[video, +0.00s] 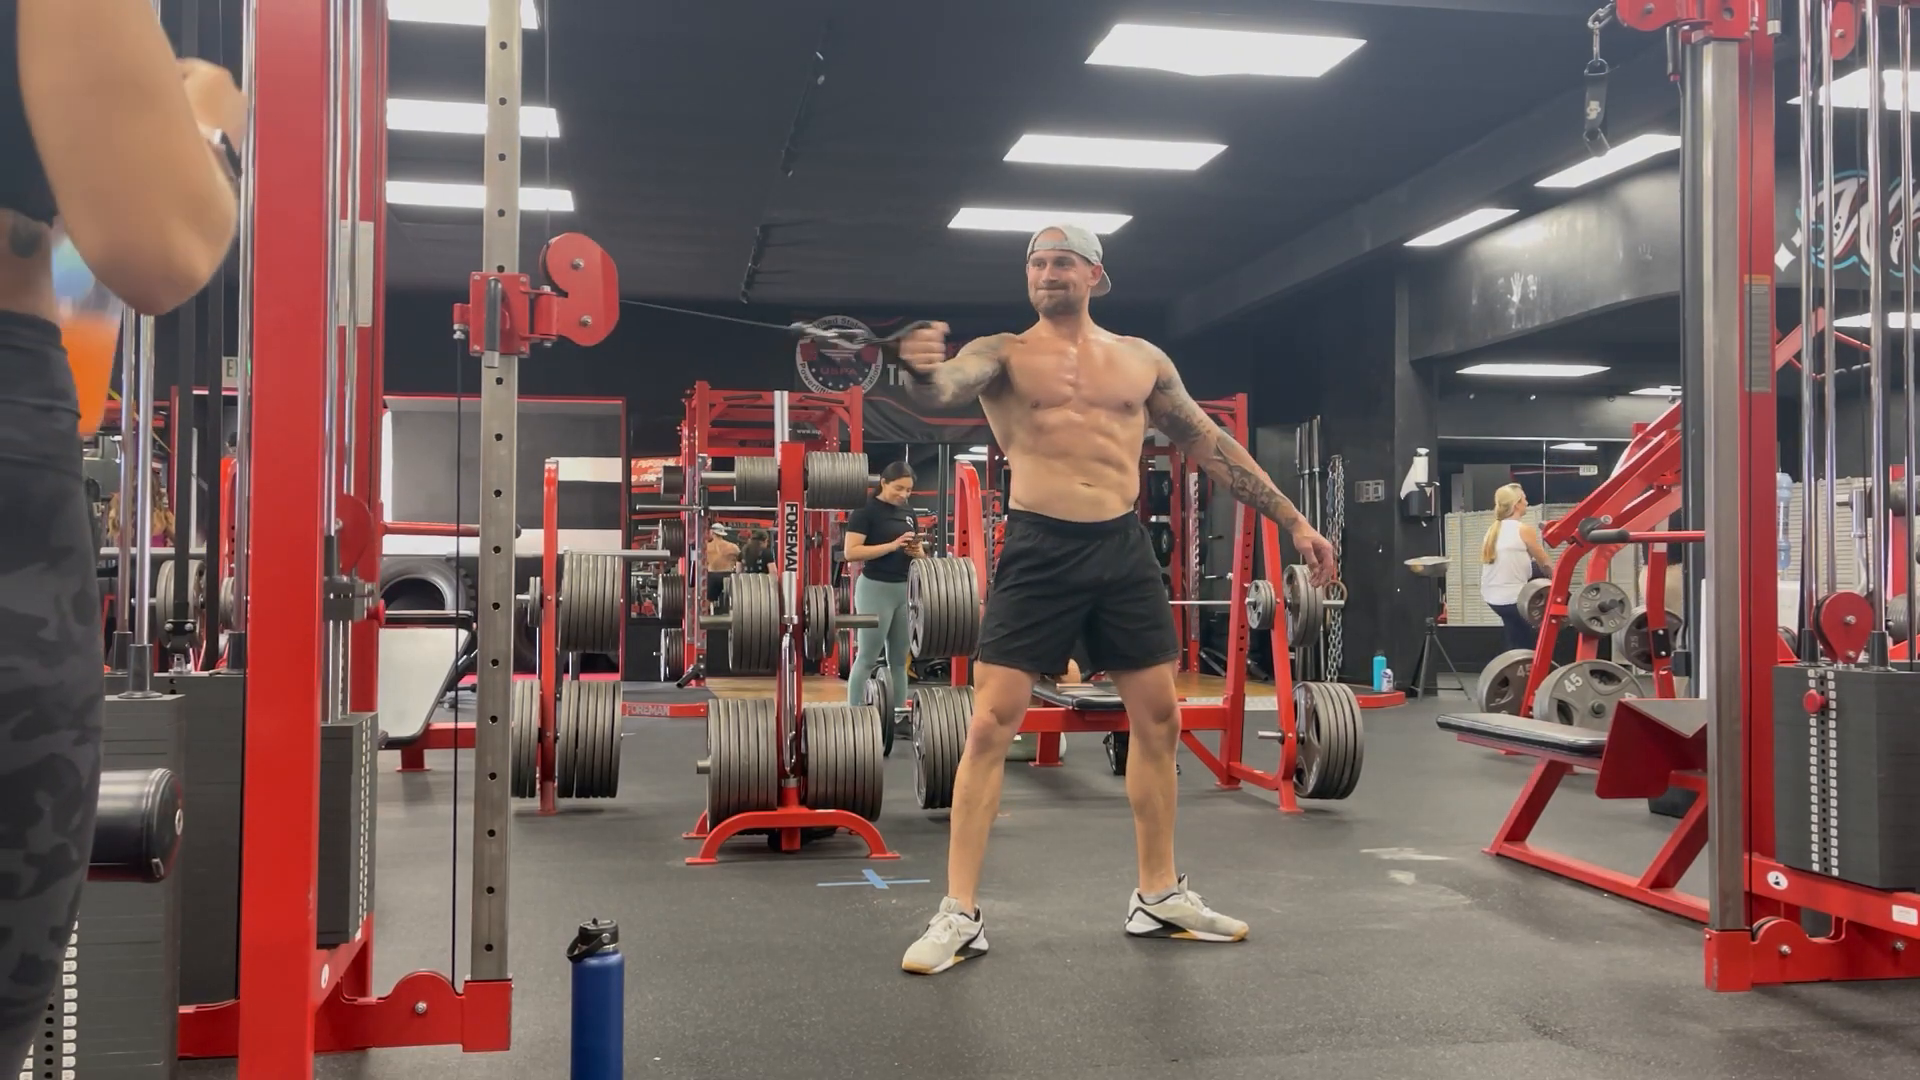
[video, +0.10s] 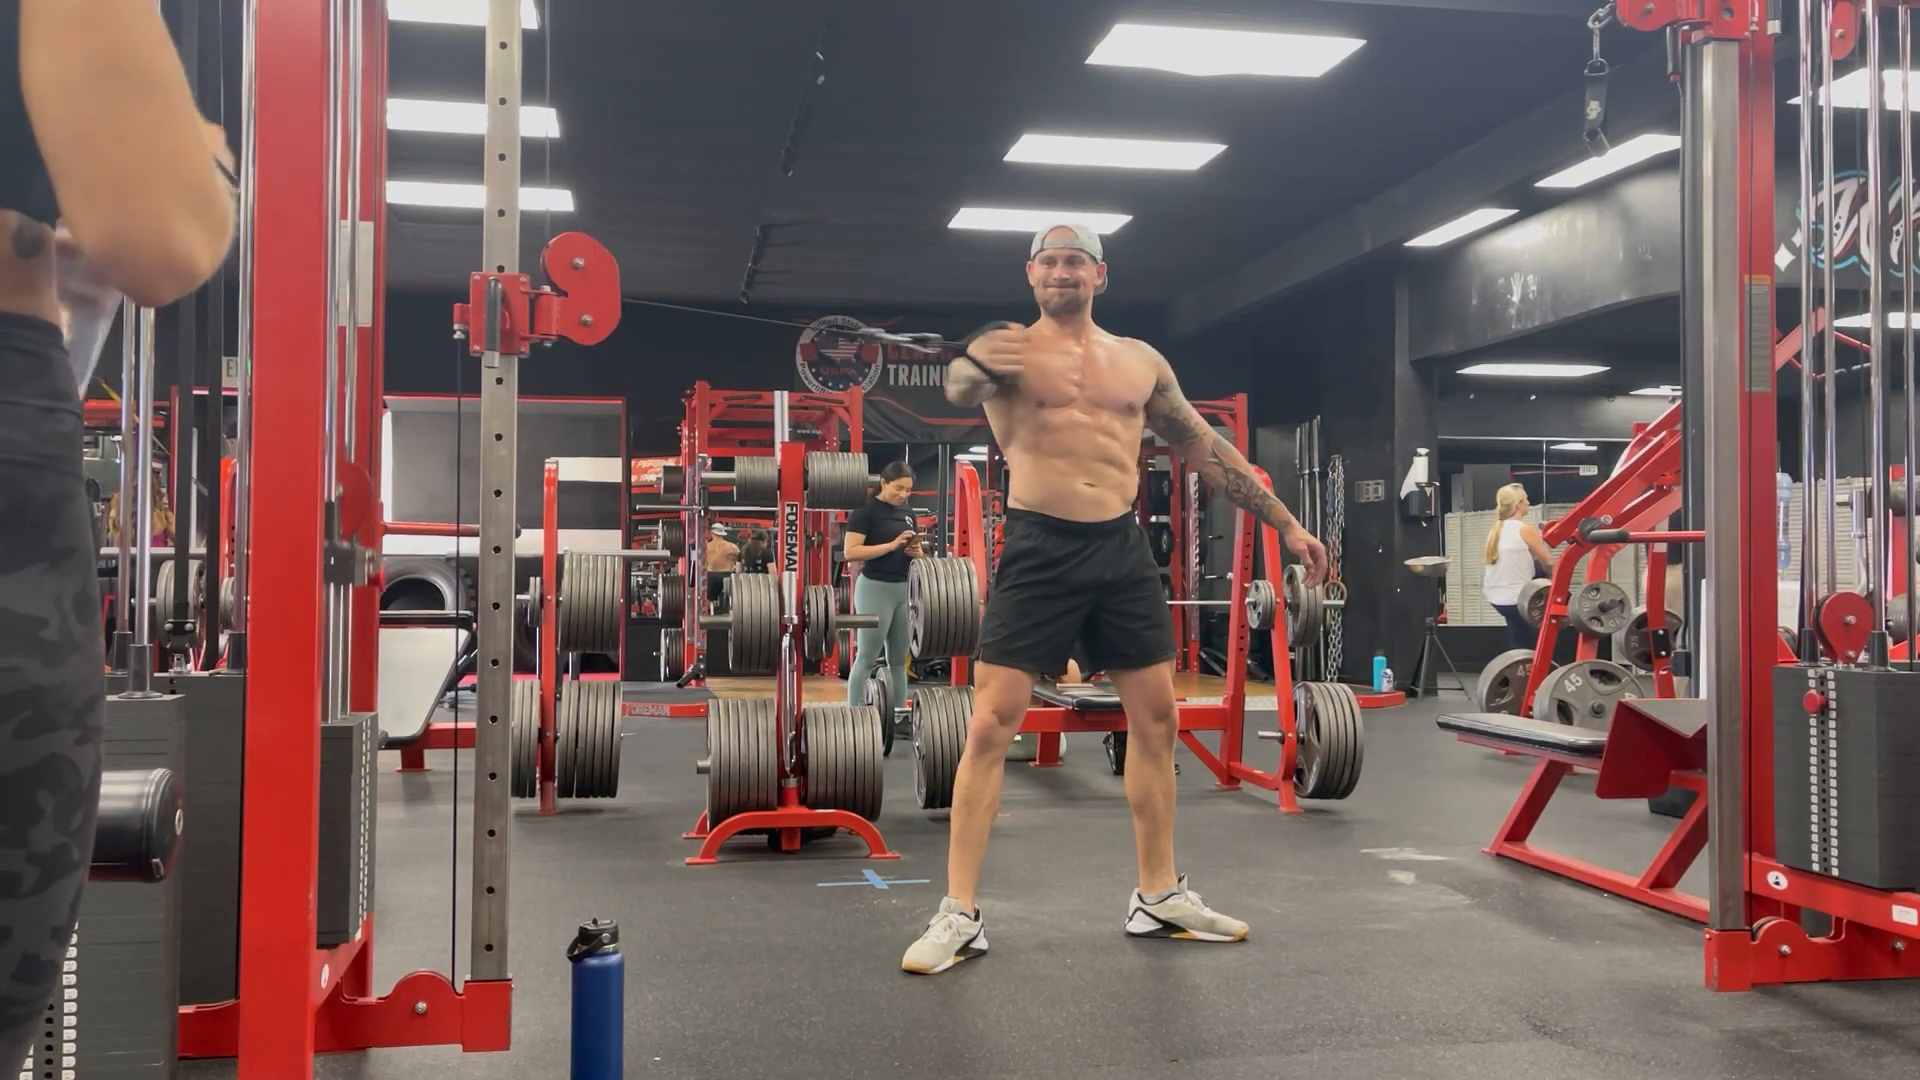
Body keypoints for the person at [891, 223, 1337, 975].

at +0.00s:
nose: (1050, 270)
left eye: (1065, 260)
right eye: (1039, 260)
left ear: (1096, 279)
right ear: (1026, 278)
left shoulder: (1143, 360)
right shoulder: (1000, 351)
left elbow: (1217, 448)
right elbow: (936, 394)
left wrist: (1297, 523)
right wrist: (915, 368)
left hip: (1124, 550)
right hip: (1035, 550)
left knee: (1159, 719)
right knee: (989, 724)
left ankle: (1158, 894)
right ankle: (959, 910)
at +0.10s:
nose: (1062, 268)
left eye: (1076, 258)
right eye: (1049, 258)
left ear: (1100, 278)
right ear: (1029, 276)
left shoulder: (1142, 361)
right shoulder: (1003, 344)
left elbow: (1214, 454)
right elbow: (955, 388)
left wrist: (1291, 526)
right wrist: (986, 368)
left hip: (1122, 550)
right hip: (1035, 550)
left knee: (1157, 719)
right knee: (989, 725)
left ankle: (1158, 895)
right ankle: (959, 910)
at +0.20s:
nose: (1077, 273)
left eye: (1089, 262)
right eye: (1064, 261)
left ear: (1106, 279)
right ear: (1036, 275)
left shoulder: (1139, 362)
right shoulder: (1004, 348)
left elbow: (1202, 458)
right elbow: (1001, 389)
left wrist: (1271, 532)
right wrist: (1058, 372)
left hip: (1122, 552)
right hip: (1038, 550)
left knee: (1154, 718)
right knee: (990, 726)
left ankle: (1158, 894)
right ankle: (959, 909)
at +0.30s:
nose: (1088, 274)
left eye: (1098, 265)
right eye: (1073, 262)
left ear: (1109, 280)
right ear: (1040, 276)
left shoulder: (1130, 368)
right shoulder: (1008, 348)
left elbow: (1188, 468)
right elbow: (1041, 393)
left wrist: (1249, 541)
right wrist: (1140, 374)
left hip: (1121, 554)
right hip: (1039, 549)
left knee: (1152, 718)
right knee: (991, 729)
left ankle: (1158, 894)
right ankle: (958, 910)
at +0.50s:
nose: (1112, 281)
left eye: (1119, 271)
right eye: (1097, 266)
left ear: (1119, 284)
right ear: (1055, 274)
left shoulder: (1121, 372)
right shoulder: (1024, 347)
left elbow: (1144, 474)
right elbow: (1110, 390)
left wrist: (1191, 552)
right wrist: (1248, 390)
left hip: (1124, 552)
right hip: (1046, 549)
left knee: (1152, 720)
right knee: (1000, 733)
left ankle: (1158, 894)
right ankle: (959, 910)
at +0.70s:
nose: (1133, 288)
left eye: (1135, 278)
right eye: (1122, 274)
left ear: (1101, 280)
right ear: (1077, 273)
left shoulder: (1104, 358)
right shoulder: (1055, 341)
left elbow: (1183, 410)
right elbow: (1158, 396)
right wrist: (1275, 405)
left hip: (1122, 551)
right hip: (1052, 549)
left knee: (1152, 720)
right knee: (1011, 734)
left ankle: (1159, 895)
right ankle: (961, 911)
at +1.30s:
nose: (1124, 291)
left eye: (1129, 281)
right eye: (1112, 275)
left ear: (1122, 290)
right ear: (1066, 275)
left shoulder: (1109, 359)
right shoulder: (1048, 340)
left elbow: (1181, 397)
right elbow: (1155, 395)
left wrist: (1275, 394)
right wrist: (1275, 398)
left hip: (1121, 551)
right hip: (1052, 548)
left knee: (1149, 720)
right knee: (1011, 736)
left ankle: (1159, 894)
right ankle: (961, 911)